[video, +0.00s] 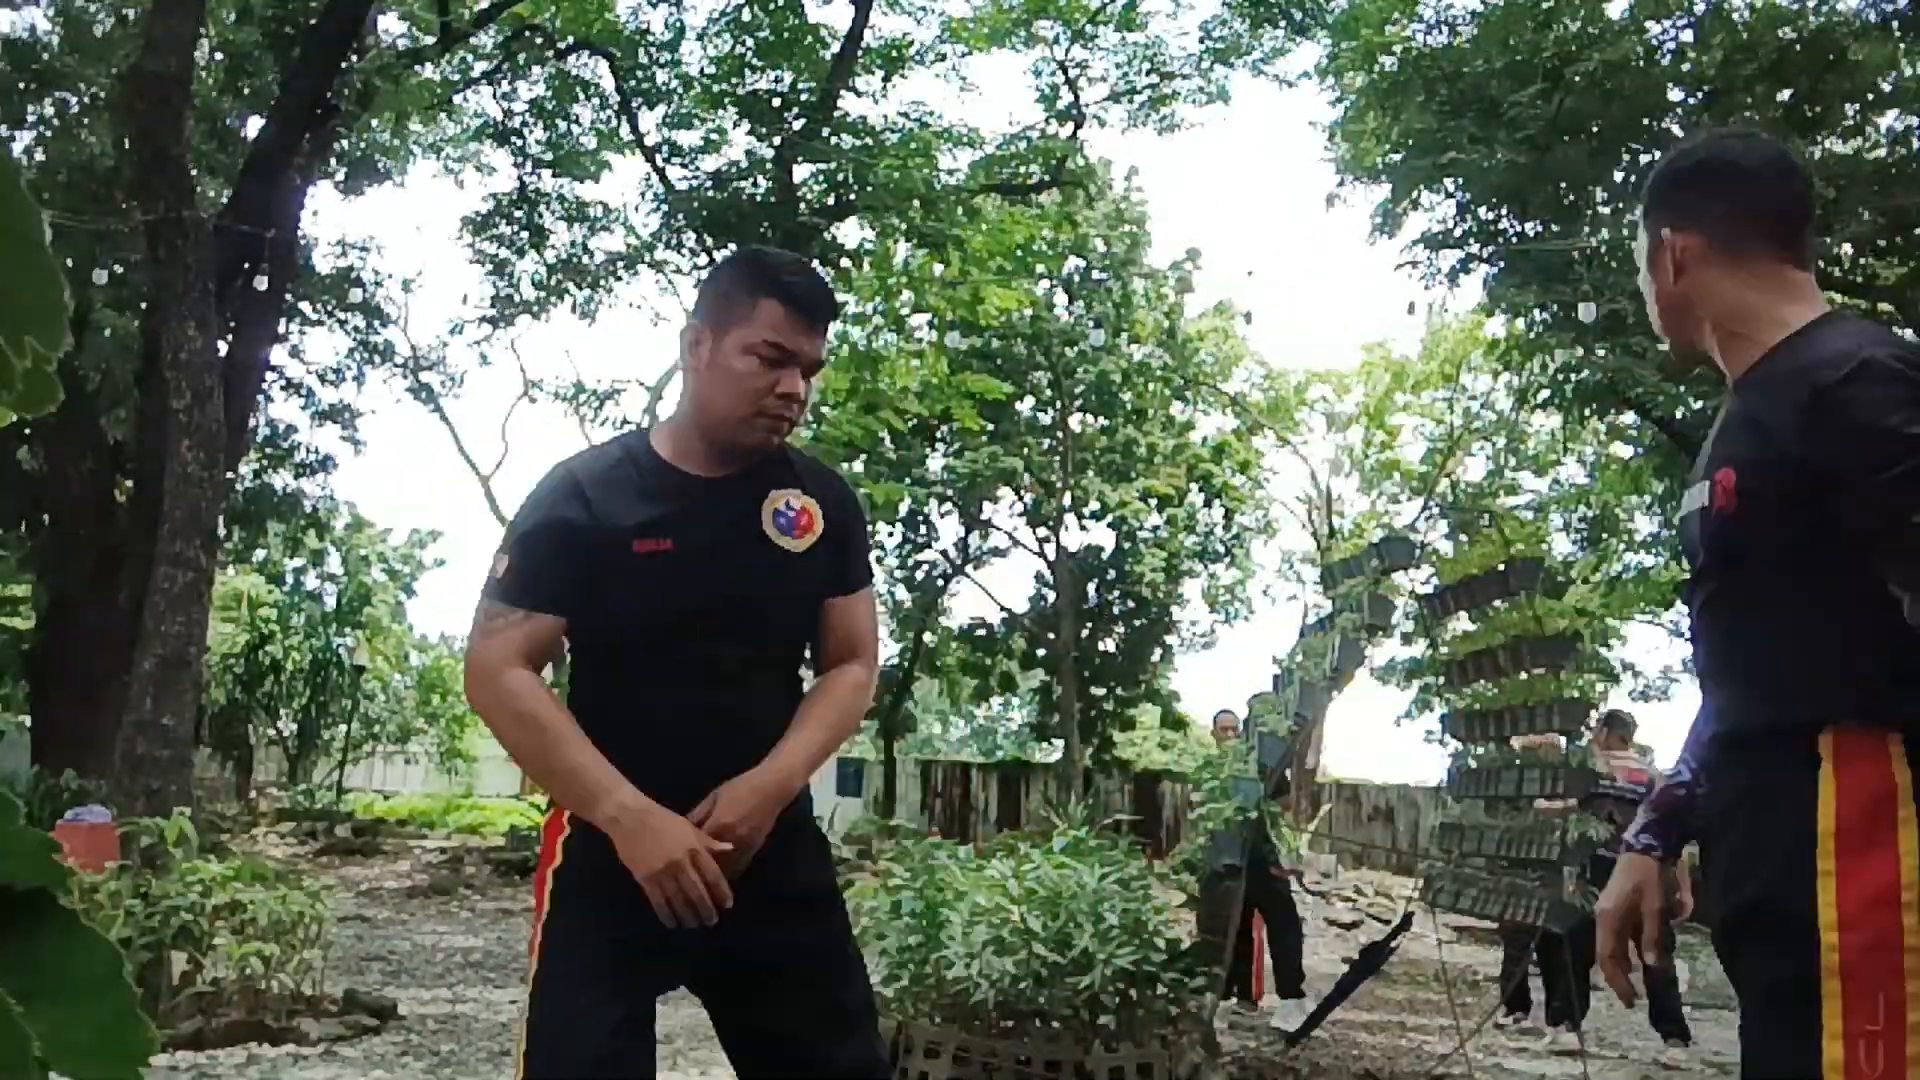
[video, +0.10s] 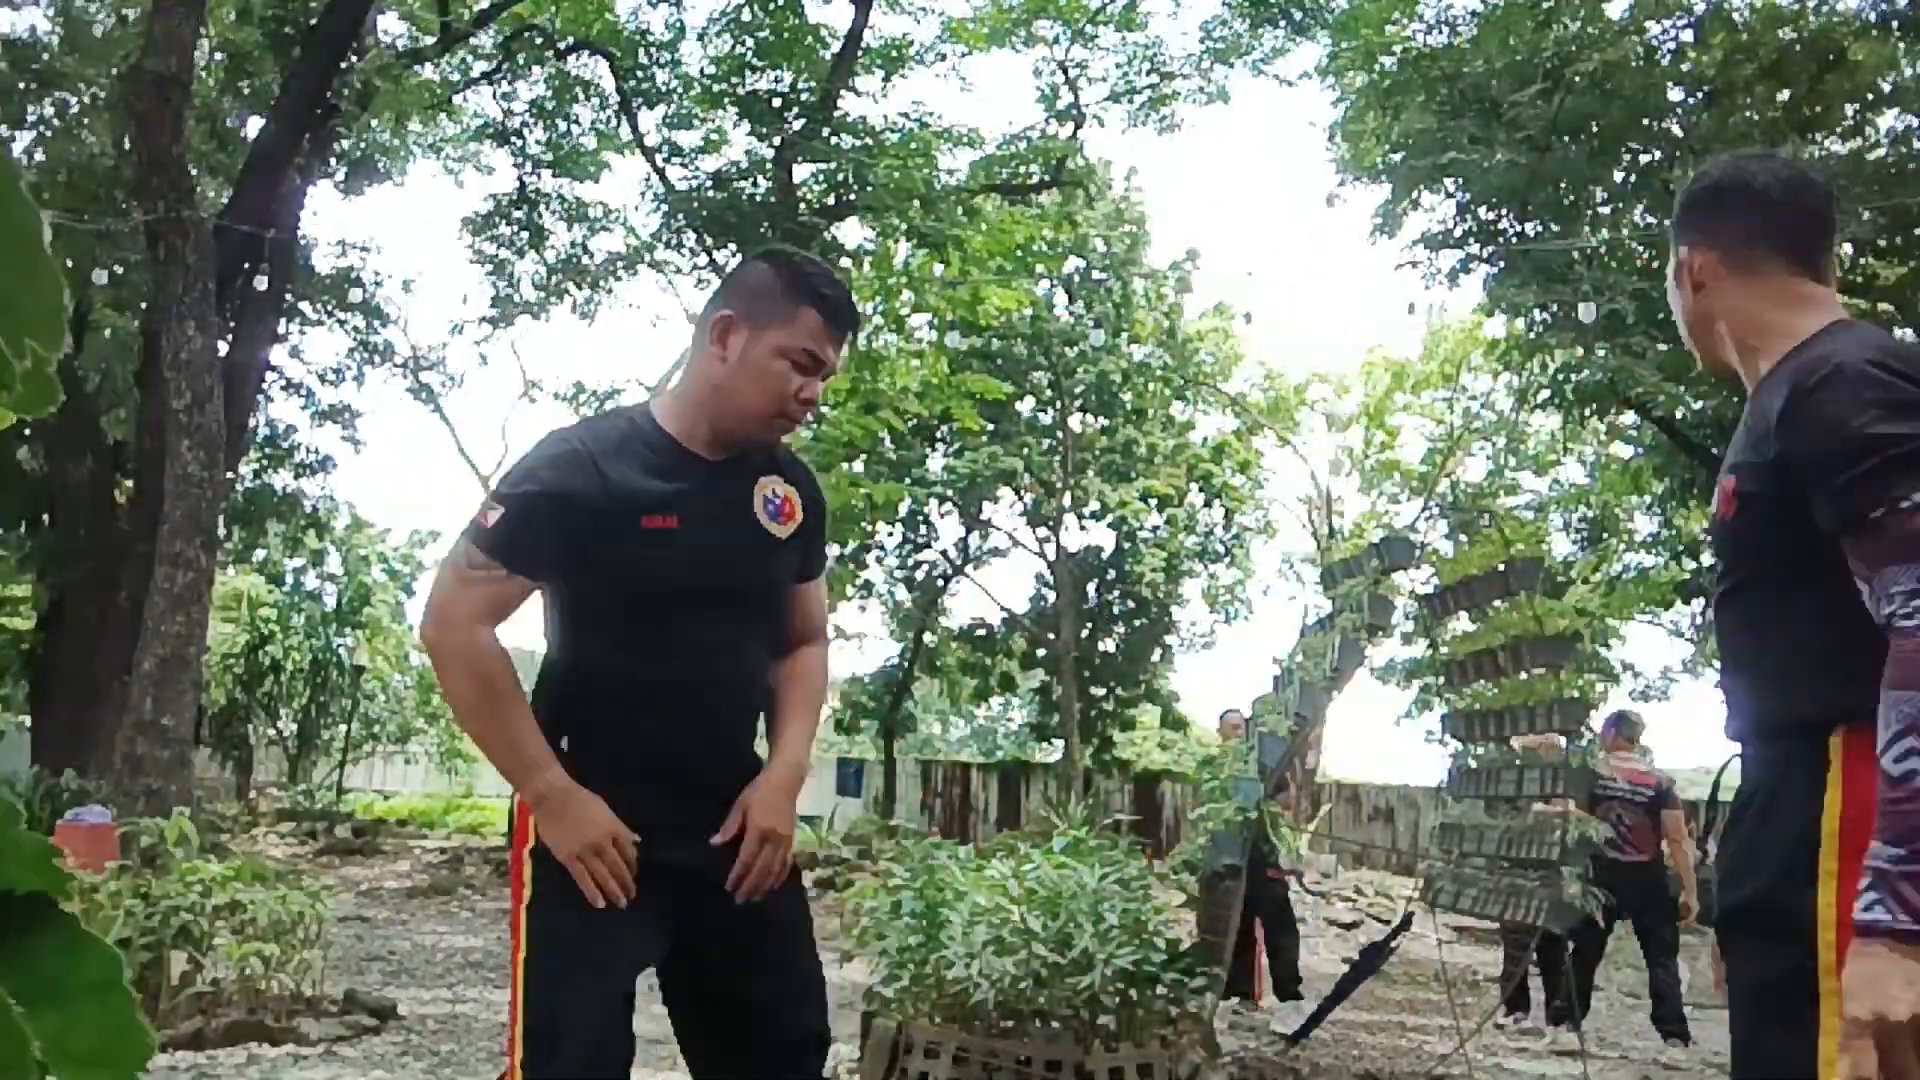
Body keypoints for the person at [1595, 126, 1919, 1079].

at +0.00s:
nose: (1646, 295)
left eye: (1644, 264)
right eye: (1644, 267)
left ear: (1677, 254)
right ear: (1794, 240)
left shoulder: (1855, 384)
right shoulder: (1756, 407)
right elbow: (1746, 686)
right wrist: (1651, 833)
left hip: (1852, 812)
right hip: (1774, 811)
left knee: (1850, 1059)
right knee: (1796, 1052)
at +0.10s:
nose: (1675, 309)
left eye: (1669, 280)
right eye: (1670, 285)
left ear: (1695, 268)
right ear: (1815, 261)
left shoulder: (1837, 385)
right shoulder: (1802, 388)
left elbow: (1914, 630)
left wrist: (1892, 920)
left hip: (1836, 786)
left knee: (1821, 1053)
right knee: (1788, 1044)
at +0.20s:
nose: (1692, 323)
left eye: (1686, 290)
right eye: (1688, 295)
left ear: (1710, 278)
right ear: (1835, 272)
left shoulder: (1846, 387)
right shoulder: (1813, 397)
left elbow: (1906, 631)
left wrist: (1791, 879)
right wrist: (1778, 872)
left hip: (1858, 854)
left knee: (1818, 1057)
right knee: (1795, 1052)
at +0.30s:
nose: (1691, 319)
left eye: (1694, 289)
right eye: (1689, 294)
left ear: (1744, 282)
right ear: (1834, 280)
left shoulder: (1852, 394)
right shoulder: (1829, 403)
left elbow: (1901, 621)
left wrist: (1732, 832)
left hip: (1869, 834)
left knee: (1847, 1051)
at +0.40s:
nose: (1686, 319)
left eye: (1692, 287)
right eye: (1687, 292)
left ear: (1758, 279)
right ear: (1767, 279)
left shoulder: (1854, 392)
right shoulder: (1832, 404)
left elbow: (1903, 617)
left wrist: (1743, 832)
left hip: (1867, 815)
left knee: (1846, 1048)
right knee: (1811, 1042)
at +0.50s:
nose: (1679, 316)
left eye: (1691, 285)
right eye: (1681, 291)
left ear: (1763, 277)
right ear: (1763, 283)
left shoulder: (1852, 396)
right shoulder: (1811, 414)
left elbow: (1908, 634)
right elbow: (1850, 661)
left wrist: (1789, 866)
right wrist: (1769, 865)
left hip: (1862, 832)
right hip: (1821, 828)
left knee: (1827, 1059)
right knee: (1786, 1054)